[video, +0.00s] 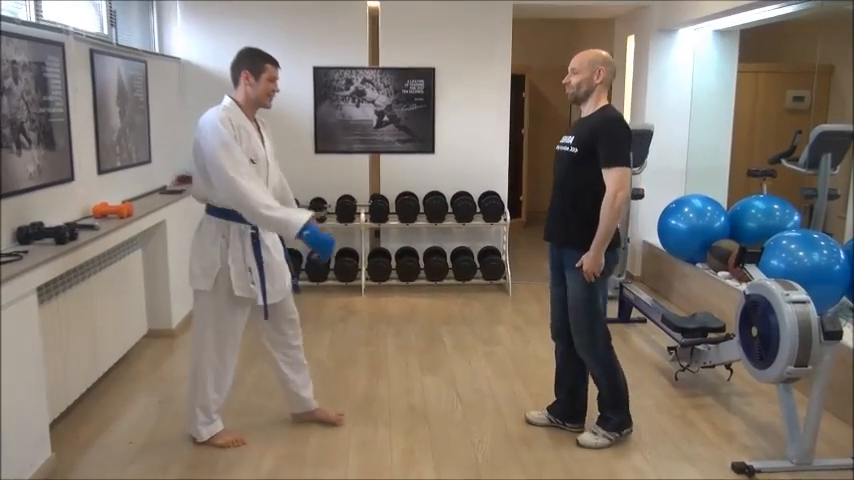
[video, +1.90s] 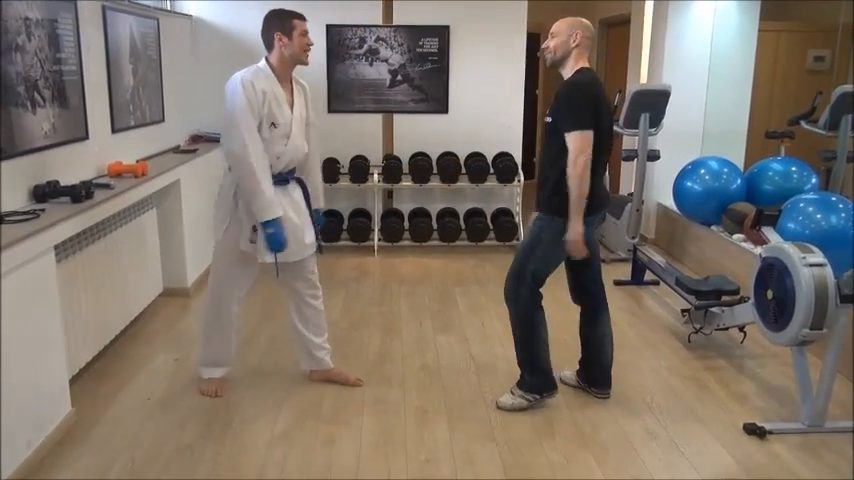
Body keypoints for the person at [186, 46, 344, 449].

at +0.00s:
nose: (277, 88)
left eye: (277, 82)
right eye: (271, 81)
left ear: (252, 82)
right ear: (246, 79)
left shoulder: (257, 126)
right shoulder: (215, 124)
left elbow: (276, 186)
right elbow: (242, 192)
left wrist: (303, 225)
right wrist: (298, 225)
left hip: (263, 236)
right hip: (225, 238)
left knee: (283, 321)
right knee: (218, 333)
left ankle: (303, 405)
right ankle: (205, 425)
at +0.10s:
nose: (288, 93)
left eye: (290, 86)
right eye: (284, 85)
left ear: (265, 84)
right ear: (259, 81)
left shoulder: (271, 129)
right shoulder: (228, 125)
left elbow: (294, 188)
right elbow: (264, 186)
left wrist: (334, 224)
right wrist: (329, 206)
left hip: (269, 238)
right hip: (232, 238)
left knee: (288, 323)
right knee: (220, 335)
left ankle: (312, 403)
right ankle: (206, 424)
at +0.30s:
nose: (322, 95)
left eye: (323, 88)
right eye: (318, 86)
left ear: (297, 83)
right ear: (294, 81)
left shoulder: (290, 124)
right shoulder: (263, 121)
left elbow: (315, 182)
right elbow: (311, 175)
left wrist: (366, 210)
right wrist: (378, 192)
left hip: (283, 231)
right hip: (248, 230)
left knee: (295, 317)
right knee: (232, 326)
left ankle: (309, 402)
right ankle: (211, 418)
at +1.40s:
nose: (355, 54)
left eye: (357, 47)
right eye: (349, 45)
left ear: (337, 49)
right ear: (325, 46)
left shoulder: (337, 94)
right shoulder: (297, 84)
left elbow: (361, 146)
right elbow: (336, 144)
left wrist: (403, 170)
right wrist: (396, 153)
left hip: (304, 195)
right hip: (267, 189)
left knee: (307, 281)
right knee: (246, 284)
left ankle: (313, 367)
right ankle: (223, 376)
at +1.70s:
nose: (333, 40)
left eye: (332, 33)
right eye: (326, 32)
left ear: (311, 39)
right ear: (301, 37)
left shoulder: (321, 87)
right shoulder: (273, 79)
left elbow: (346, 143)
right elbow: (299, 143)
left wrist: (380, 186)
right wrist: (362, 170)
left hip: (300, 189)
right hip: (258, 187)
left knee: (308, 276)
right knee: (237, 278)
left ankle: (317, 360)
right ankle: (210, 366)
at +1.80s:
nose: (321, 40)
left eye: (319, 34)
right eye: (314, 34)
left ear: (299, 39)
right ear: (290, 37)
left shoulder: (310, 87)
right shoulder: (259, 80)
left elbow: (331, 148)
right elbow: (268, 149)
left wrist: (354, 199)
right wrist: (325, 186)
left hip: (298, 191)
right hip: (256, 191)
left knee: (307, 278)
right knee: (234, 277)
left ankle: (318, 361)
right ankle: (212, 366)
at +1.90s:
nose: (311, 42)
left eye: (309, 36)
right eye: (304, 35)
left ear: (284, 41)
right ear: (279, 40)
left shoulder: (303, 90)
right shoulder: (245, 85)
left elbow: (309, 153)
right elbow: (244, 155)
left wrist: (316, 205)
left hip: (290, 193)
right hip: (247, 195)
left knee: (306, 281)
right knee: (229, 285)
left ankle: (319, 363)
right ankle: (212, 369)